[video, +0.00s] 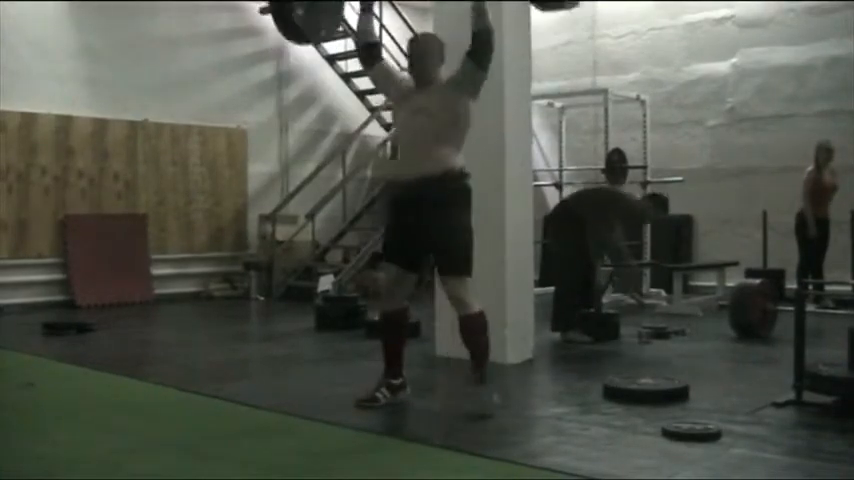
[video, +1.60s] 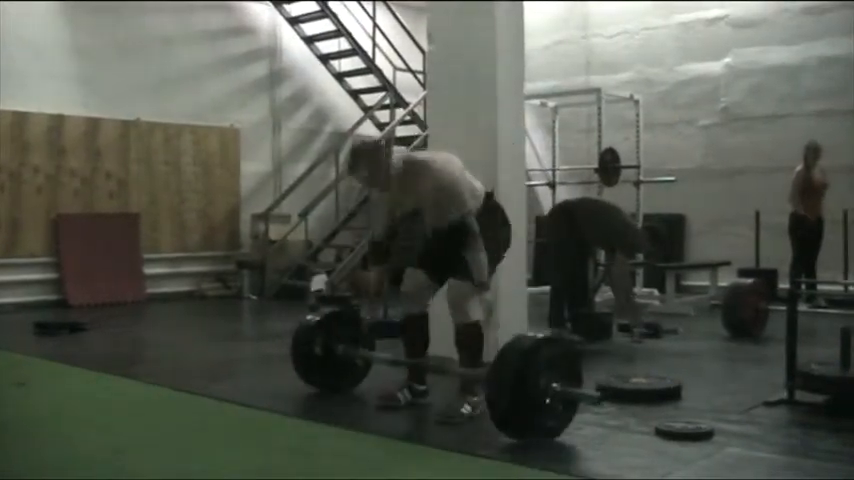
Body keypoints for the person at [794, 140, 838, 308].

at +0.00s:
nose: (827, 158)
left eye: (829, 154)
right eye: (824, 154)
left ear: (831, 156)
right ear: (817, 155)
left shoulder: (830, 173)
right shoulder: (812, 173)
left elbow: (827, 198)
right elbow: (806, 200)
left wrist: (833, 188)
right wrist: (811, 224)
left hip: (822, 219)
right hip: (807, 218)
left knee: (818, 258)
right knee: (806, 258)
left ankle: (819, 294)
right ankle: (802, 293)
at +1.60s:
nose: (814, 158)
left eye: (816, 155)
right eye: (812, 154)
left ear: (819, 156)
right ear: (806, 154)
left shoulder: (819, 173)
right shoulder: (801, 173)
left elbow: (818, 195)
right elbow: (794, 196)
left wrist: (823, 187)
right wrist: (801, 212)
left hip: (815, 219)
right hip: (800, 219)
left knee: (811, 259)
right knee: (799, 258)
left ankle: (812, 294)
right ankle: (794, 293)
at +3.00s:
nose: (817, 161)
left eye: (819, 157)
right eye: (814, 157)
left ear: (820, 158)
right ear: (806, 156)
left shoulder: (819, 174)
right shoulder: (797, 174)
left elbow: (820, 198)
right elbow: (791, 199)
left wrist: (824, 191)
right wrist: (814, 191)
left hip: (818, 219)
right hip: (802, 218)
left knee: (812, 260)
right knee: (800, 258)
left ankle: (812, 295)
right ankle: (793, 294)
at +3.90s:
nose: (820, 159)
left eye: (822, 155)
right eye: (818, 154)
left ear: (822, 156)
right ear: (809, 153)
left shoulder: (813, 173)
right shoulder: (798, 171)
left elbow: (811, 197)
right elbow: (792, 196)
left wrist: (823, 192)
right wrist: (815, 192)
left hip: (817, 217)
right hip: (802, 218)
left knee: (814, 258)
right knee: (801, 257)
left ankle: (812, 294)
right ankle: (794, 292)